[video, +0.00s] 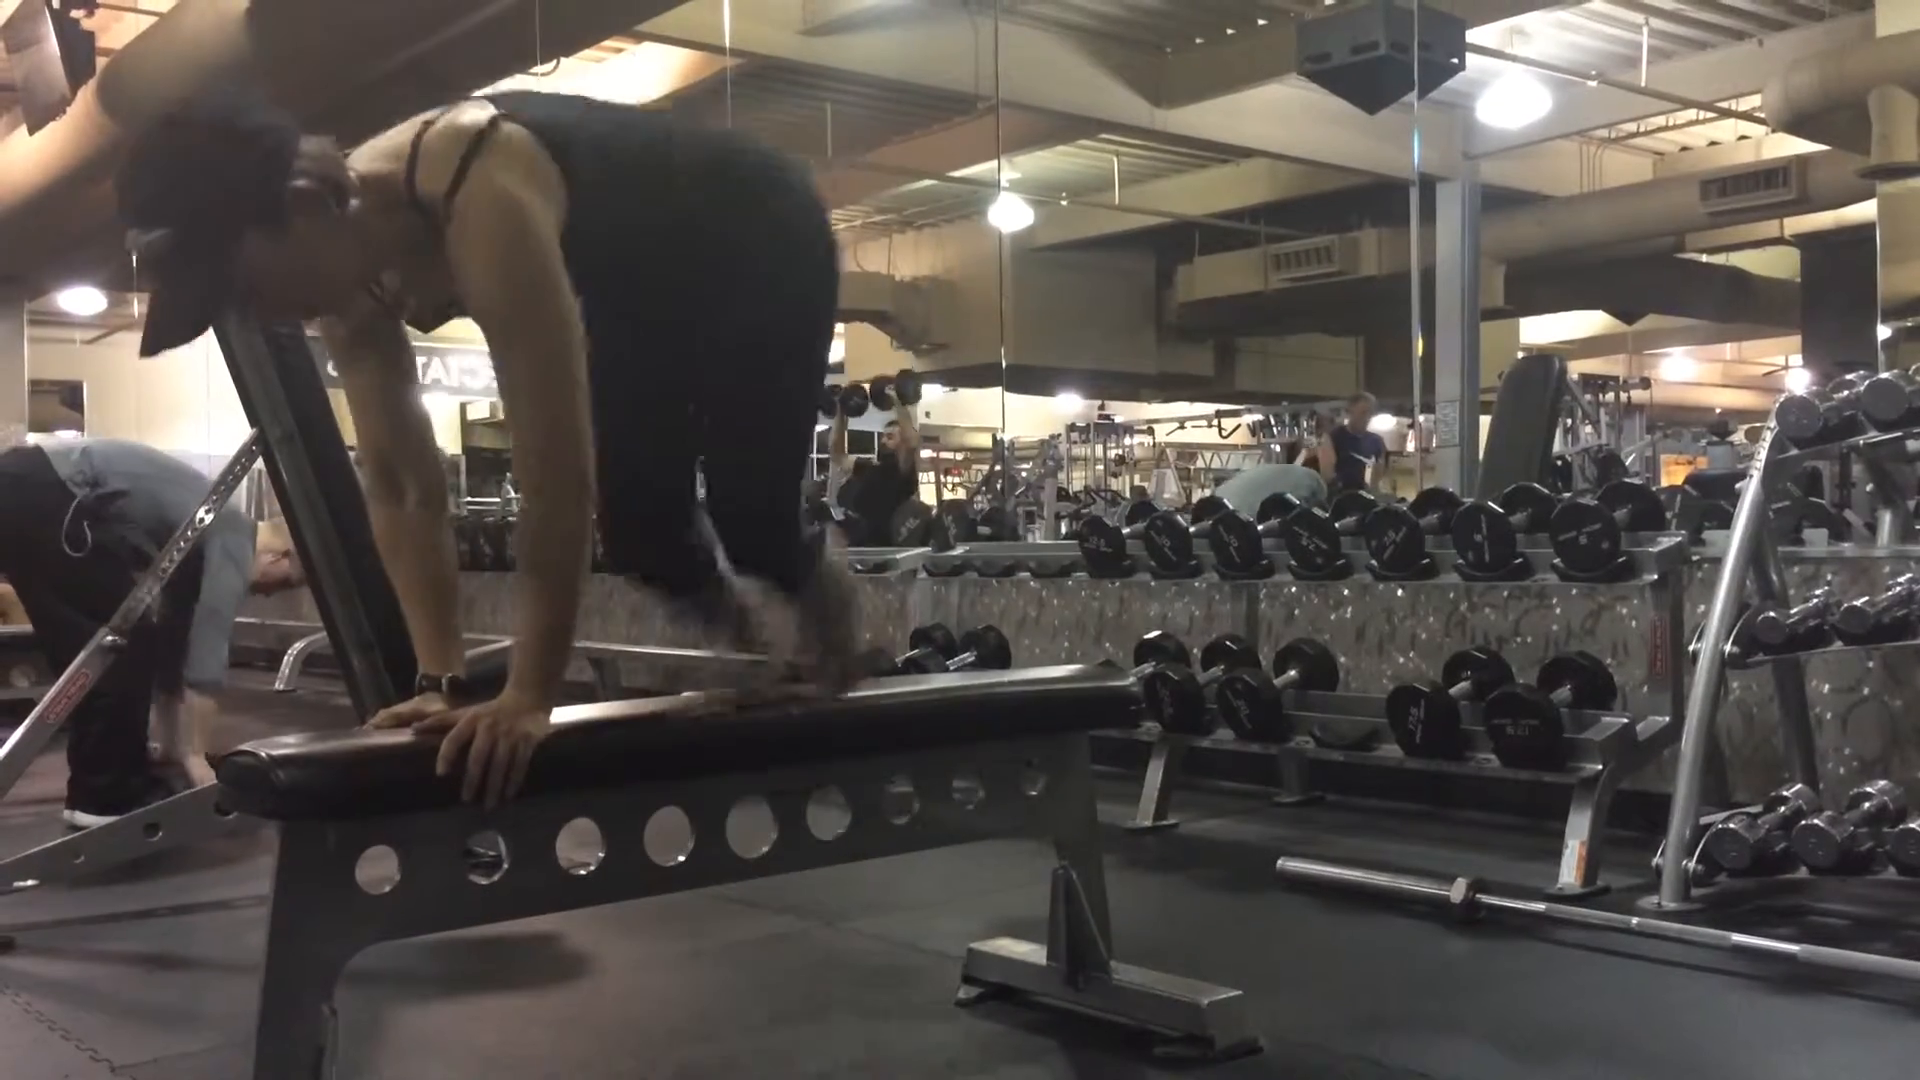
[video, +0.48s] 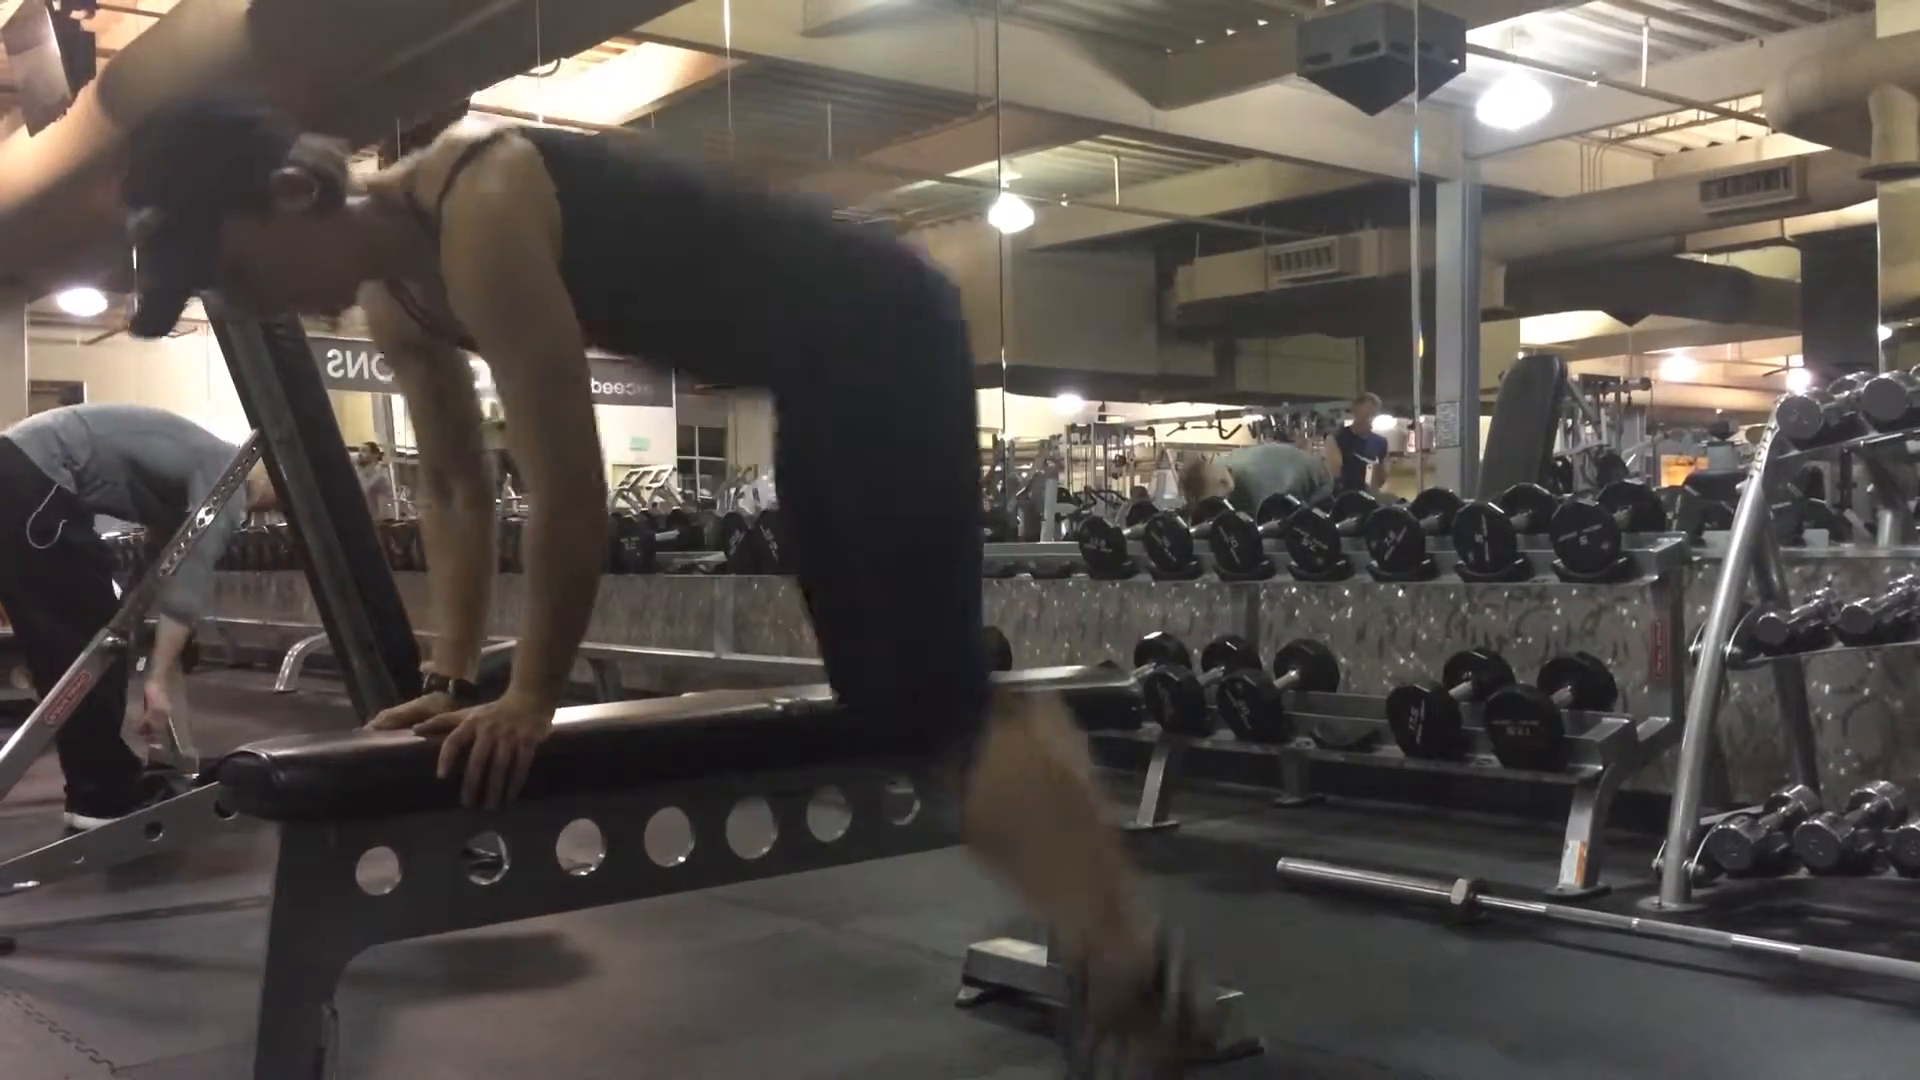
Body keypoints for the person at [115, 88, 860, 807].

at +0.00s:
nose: (261, 318)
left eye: (251, 284)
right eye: (239, 302)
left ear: (306, 198)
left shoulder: (484, 193)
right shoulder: (337, 276)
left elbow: (555, 473)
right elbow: (398, 474)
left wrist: (528, 696)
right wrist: (443, 683)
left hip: (759, 236)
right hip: (634, 280)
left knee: (758, 526)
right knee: (649, 535)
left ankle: (845, 628)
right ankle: (750, 635)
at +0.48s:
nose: (247, 311)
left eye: (233, 279)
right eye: (224, 296)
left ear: (289, 200)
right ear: (274, 216)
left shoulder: (487, 212)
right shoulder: (391, 268)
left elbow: (568, 478)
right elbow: (452, 473)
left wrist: (532, 696)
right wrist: (449, 667)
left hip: (876, 325)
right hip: (814, 357)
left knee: (935, 692)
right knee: (908, 689)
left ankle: (1126, 961)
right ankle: (1111, 939)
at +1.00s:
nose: (272, 352)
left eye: (249, 329)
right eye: (243, 344)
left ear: (277, 238)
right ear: (273, 237)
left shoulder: (445, 218)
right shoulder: (368, 275)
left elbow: (537, 467)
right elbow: (421, 483)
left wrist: (525, 696)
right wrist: (443, 680)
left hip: (793, 160)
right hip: (712, 194)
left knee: (712, 466)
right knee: (675, 461)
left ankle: (911, 308)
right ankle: (880, 308)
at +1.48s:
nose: (249, 324)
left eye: (240, 296)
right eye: (227, 310)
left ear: (299, 216)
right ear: (296, 225)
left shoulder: (482, 230)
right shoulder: (340, 306)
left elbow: (586, 481)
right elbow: (407, 491)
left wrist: (528, 697)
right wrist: (443, 680)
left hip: (749, 374)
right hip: (637, 409)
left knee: (761, 638)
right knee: (669, 658)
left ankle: (793, 837)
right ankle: (695, 850)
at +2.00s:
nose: (248, 315)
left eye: (233, 283)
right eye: (226, 300)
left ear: (290, 206)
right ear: (278, 222)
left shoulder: (476, 216)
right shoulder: (399, 277)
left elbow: (562, 480)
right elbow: (445, 484)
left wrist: (528, 697)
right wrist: (448, 678)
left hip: (857, 278)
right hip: (788, 316)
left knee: (917, 609)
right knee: (866, 624)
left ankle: (1146, 859)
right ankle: (1095, 839)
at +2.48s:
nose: (294, 340)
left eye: (274, 313)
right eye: (268, 329)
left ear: (316, 231)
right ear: (303, 241)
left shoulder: (500, 216)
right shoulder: (409, 288)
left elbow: (566, 481)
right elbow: (451, 489)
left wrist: (526, 704)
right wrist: (451, 681)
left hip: (847, 198)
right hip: (772, 233)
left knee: (754, 500)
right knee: (728, 500)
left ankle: (943, 365)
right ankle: (930, 371)